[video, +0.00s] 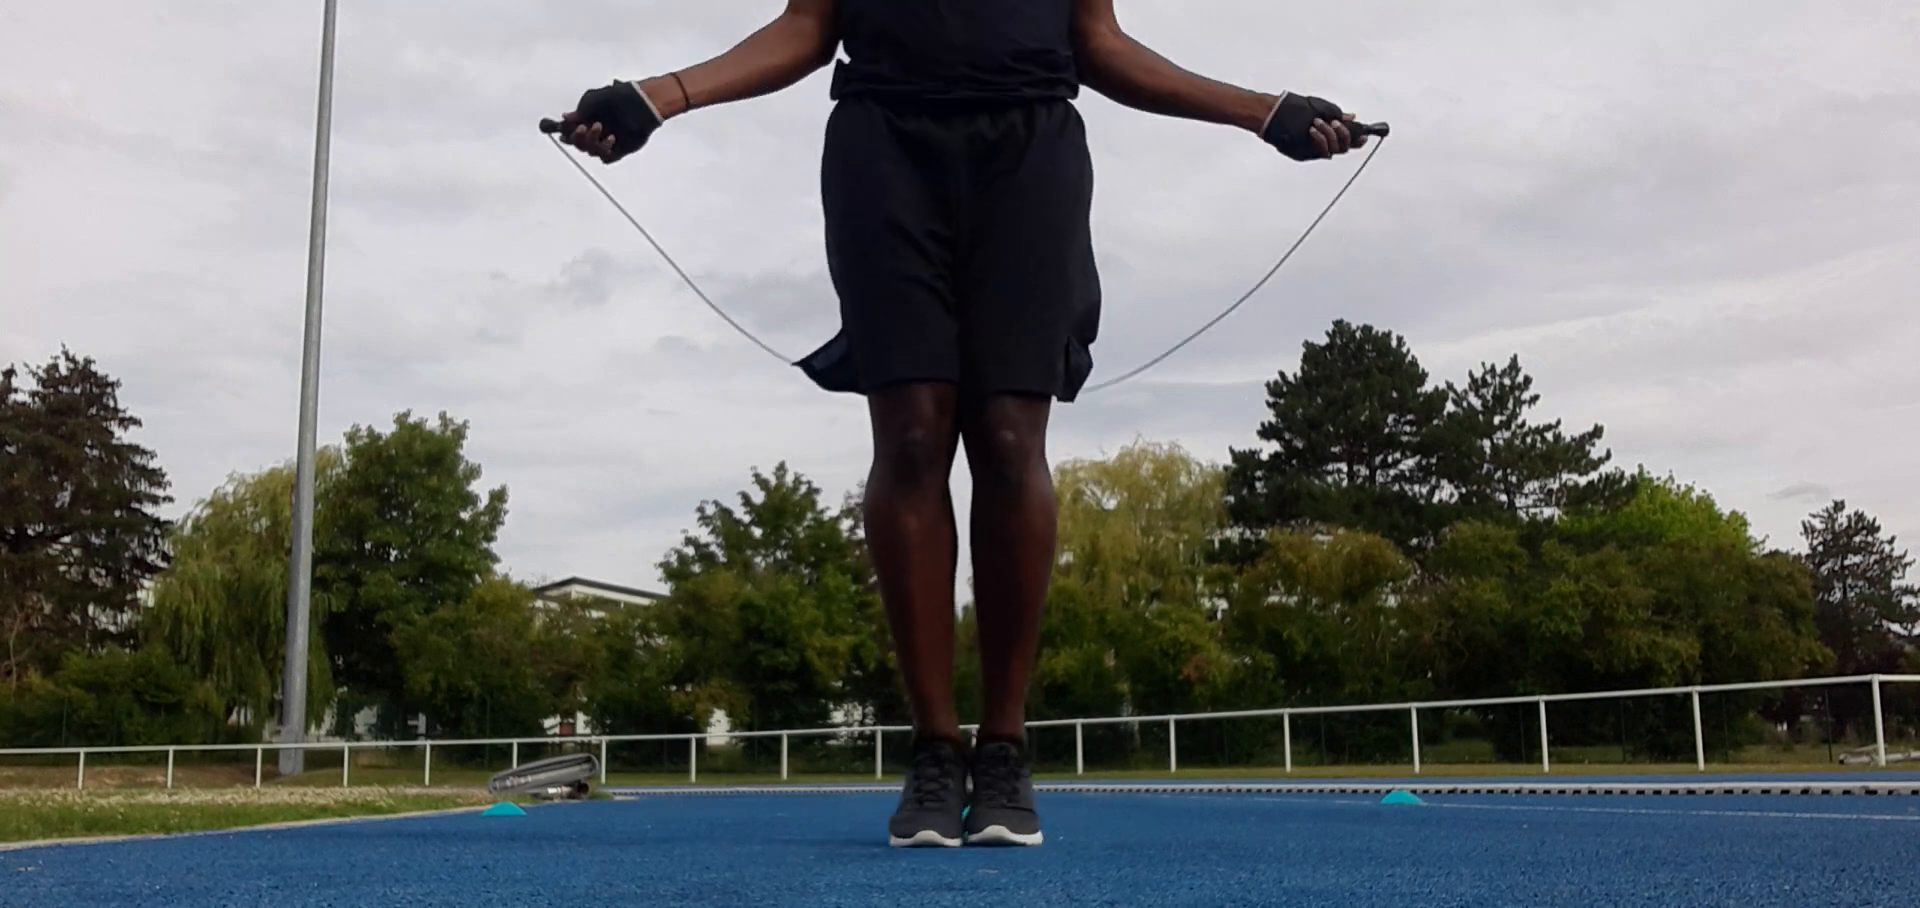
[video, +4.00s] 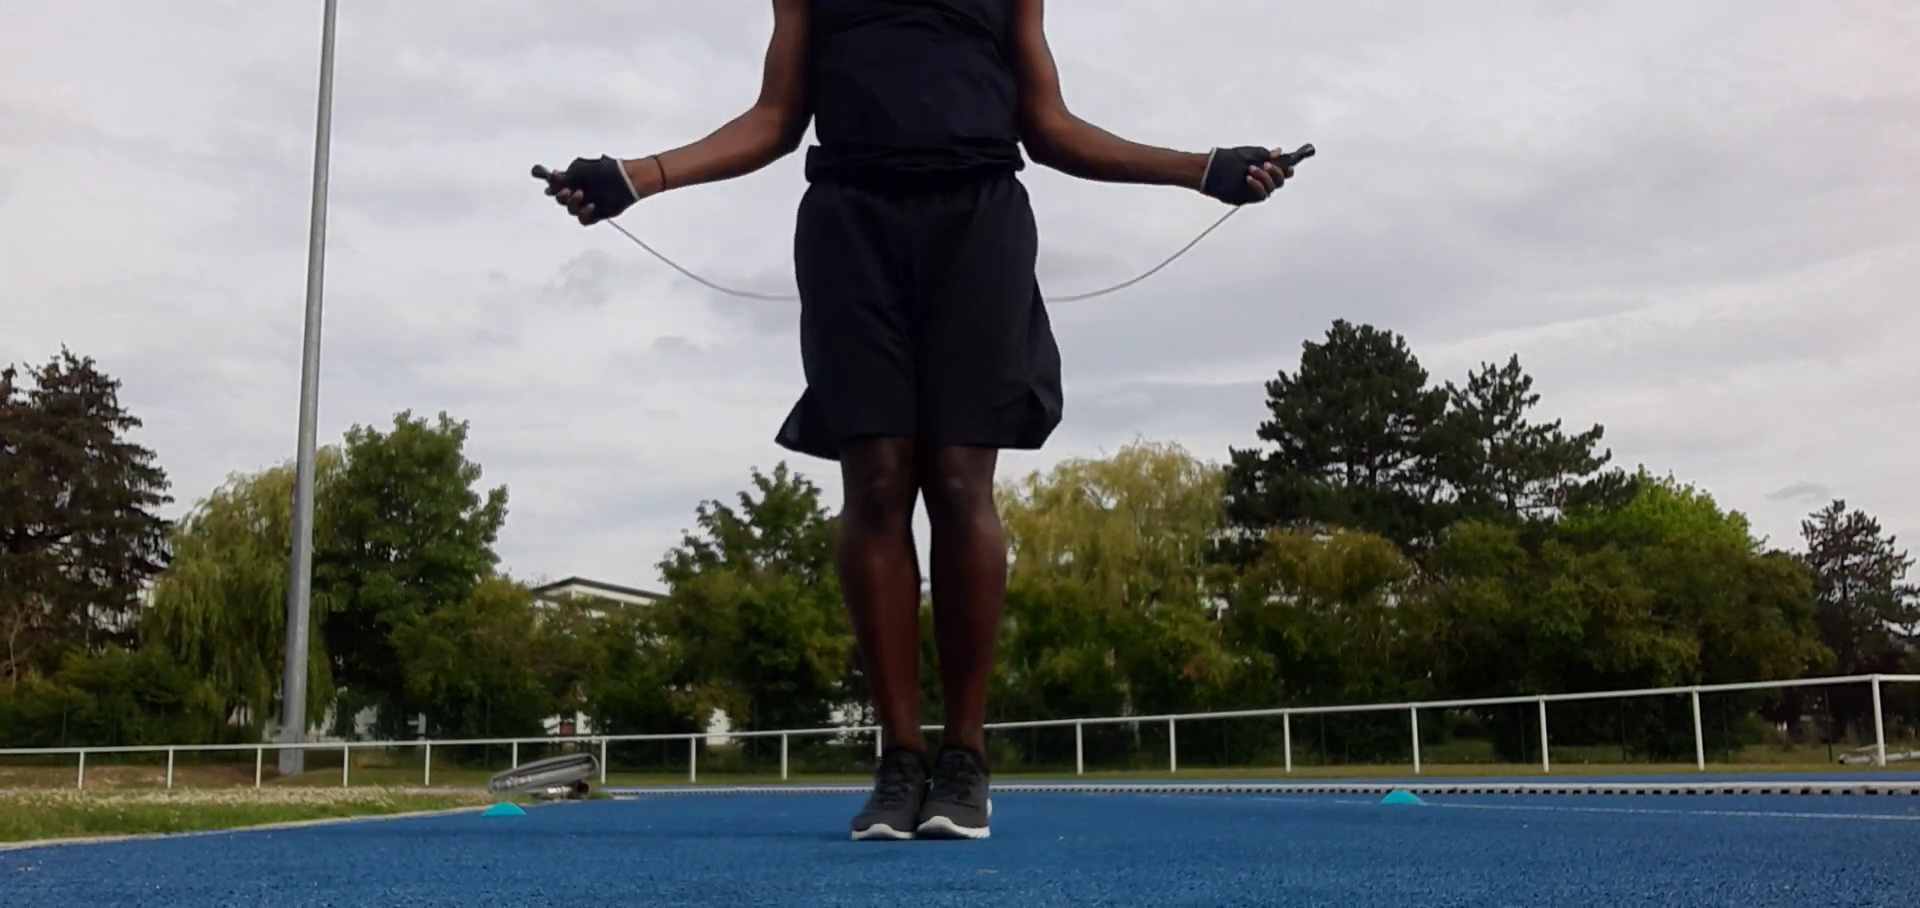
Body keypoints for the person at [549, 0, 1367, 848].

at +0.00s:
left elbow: (1104, 48)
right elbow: (802, 32)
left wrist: (1267, 110)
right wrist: (658, 95)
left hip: (1033, 129)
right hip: (882, 128)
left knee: (1008, 432)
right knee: (912, 428)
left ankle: (1003, 750)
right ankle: (935, 753)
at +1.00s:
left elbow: (1099, 57)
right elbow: (787, 39)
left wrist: (1224, 185)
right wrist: (672, 173)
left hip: (1018, 146)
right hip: (878, 150)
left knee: (1006, 431)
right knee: (904, 427)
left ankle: (1013, 731)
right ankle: (926, 735)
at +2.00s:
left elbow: (1077, 98)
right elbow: (765, 84)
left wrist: (1206, 186)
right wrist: (659, 178)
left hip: (997, 206)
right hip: (863, 208)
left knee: (981, 469)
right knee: (886, 467)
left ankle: (982, 760)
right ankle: (908, 766)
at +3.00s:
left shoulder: (1011, 6)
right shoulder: (802, 7)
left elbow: (1074, 136)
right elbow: (744, 131)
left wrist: (1214, 135)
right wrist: (617, 129)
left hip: (980, 248)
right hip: (849, 248)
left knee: (962, 506)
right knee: (871, 504)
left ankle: (958, 773)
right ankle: (903, 775)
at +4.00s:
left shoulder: (1006, 6)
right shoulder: (808, 3)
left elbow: (1051, 129)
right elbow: (775, 120)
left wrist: (1202, 168)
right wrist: (634, 175)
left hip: (978, 216)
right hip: (851, 217)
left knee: (960, 477)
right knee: (876, 477)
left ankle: (963, 763)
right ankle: (901, 765)